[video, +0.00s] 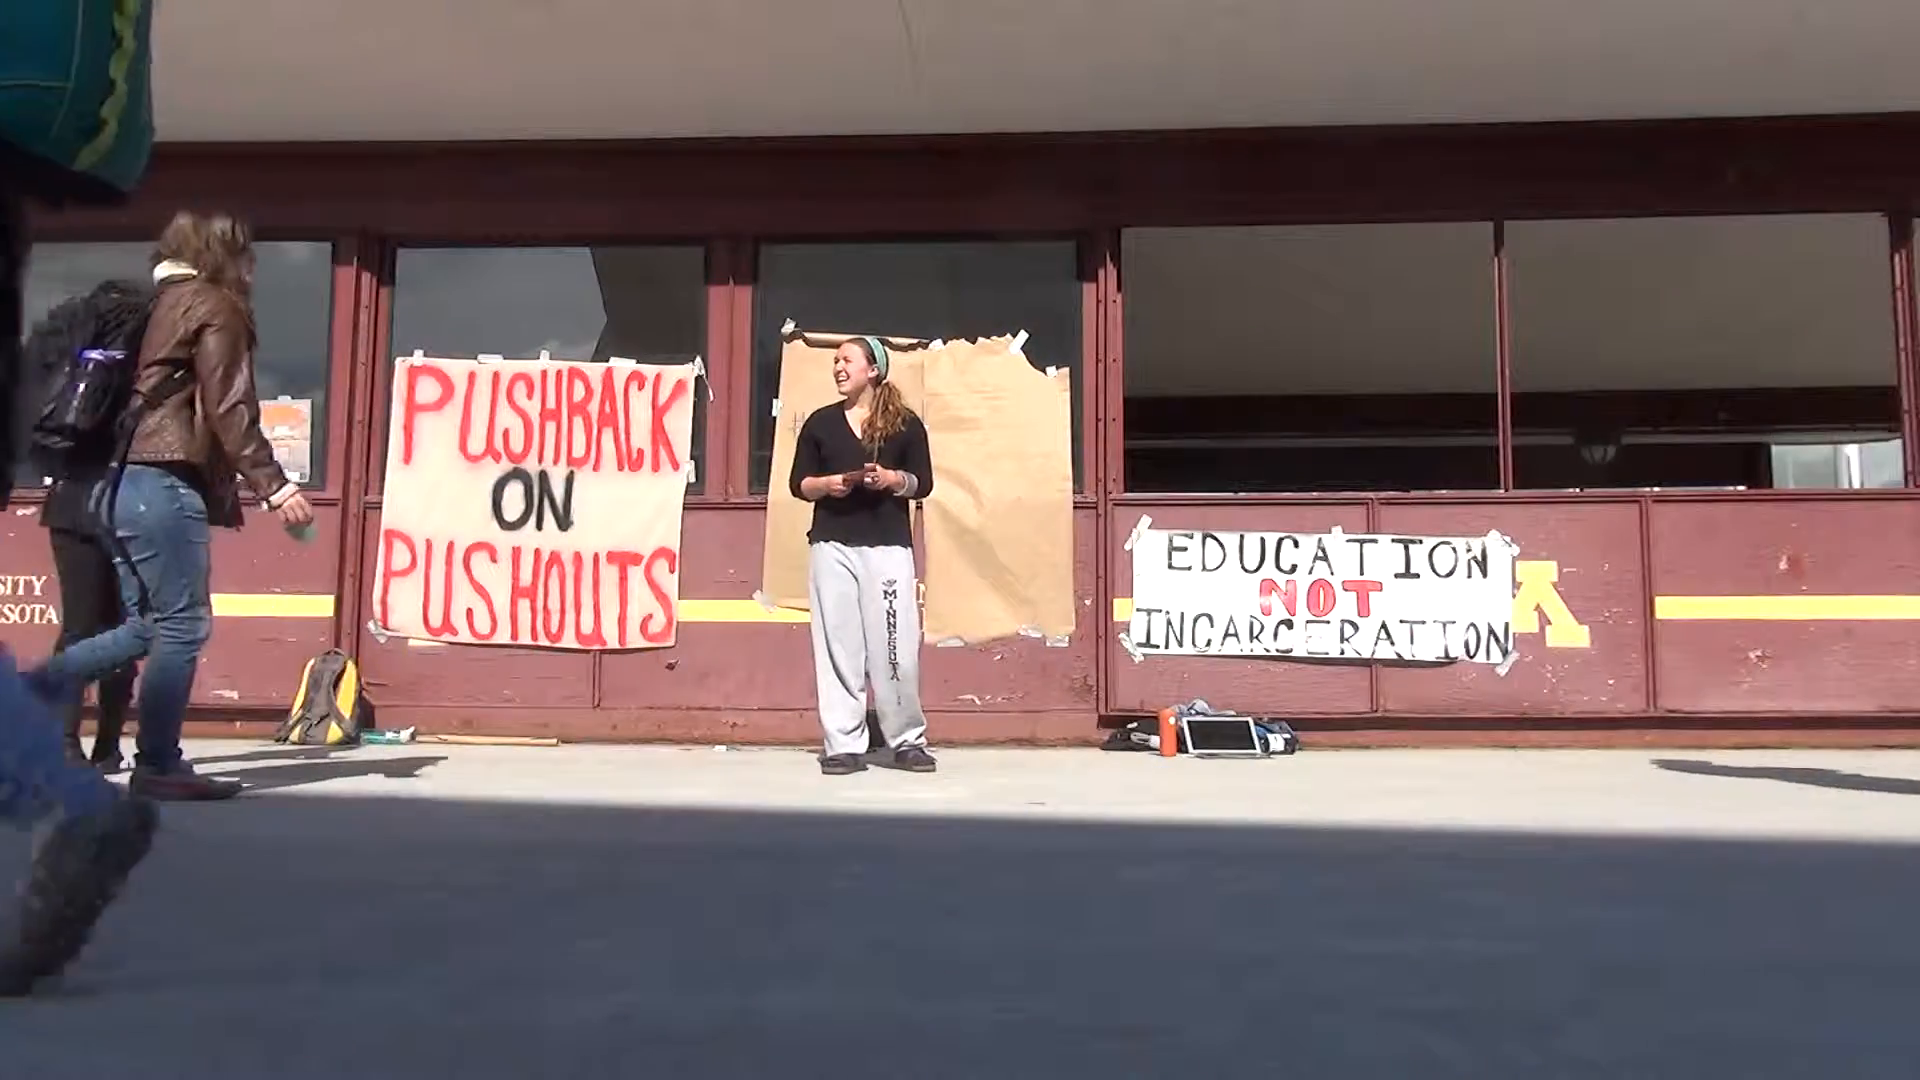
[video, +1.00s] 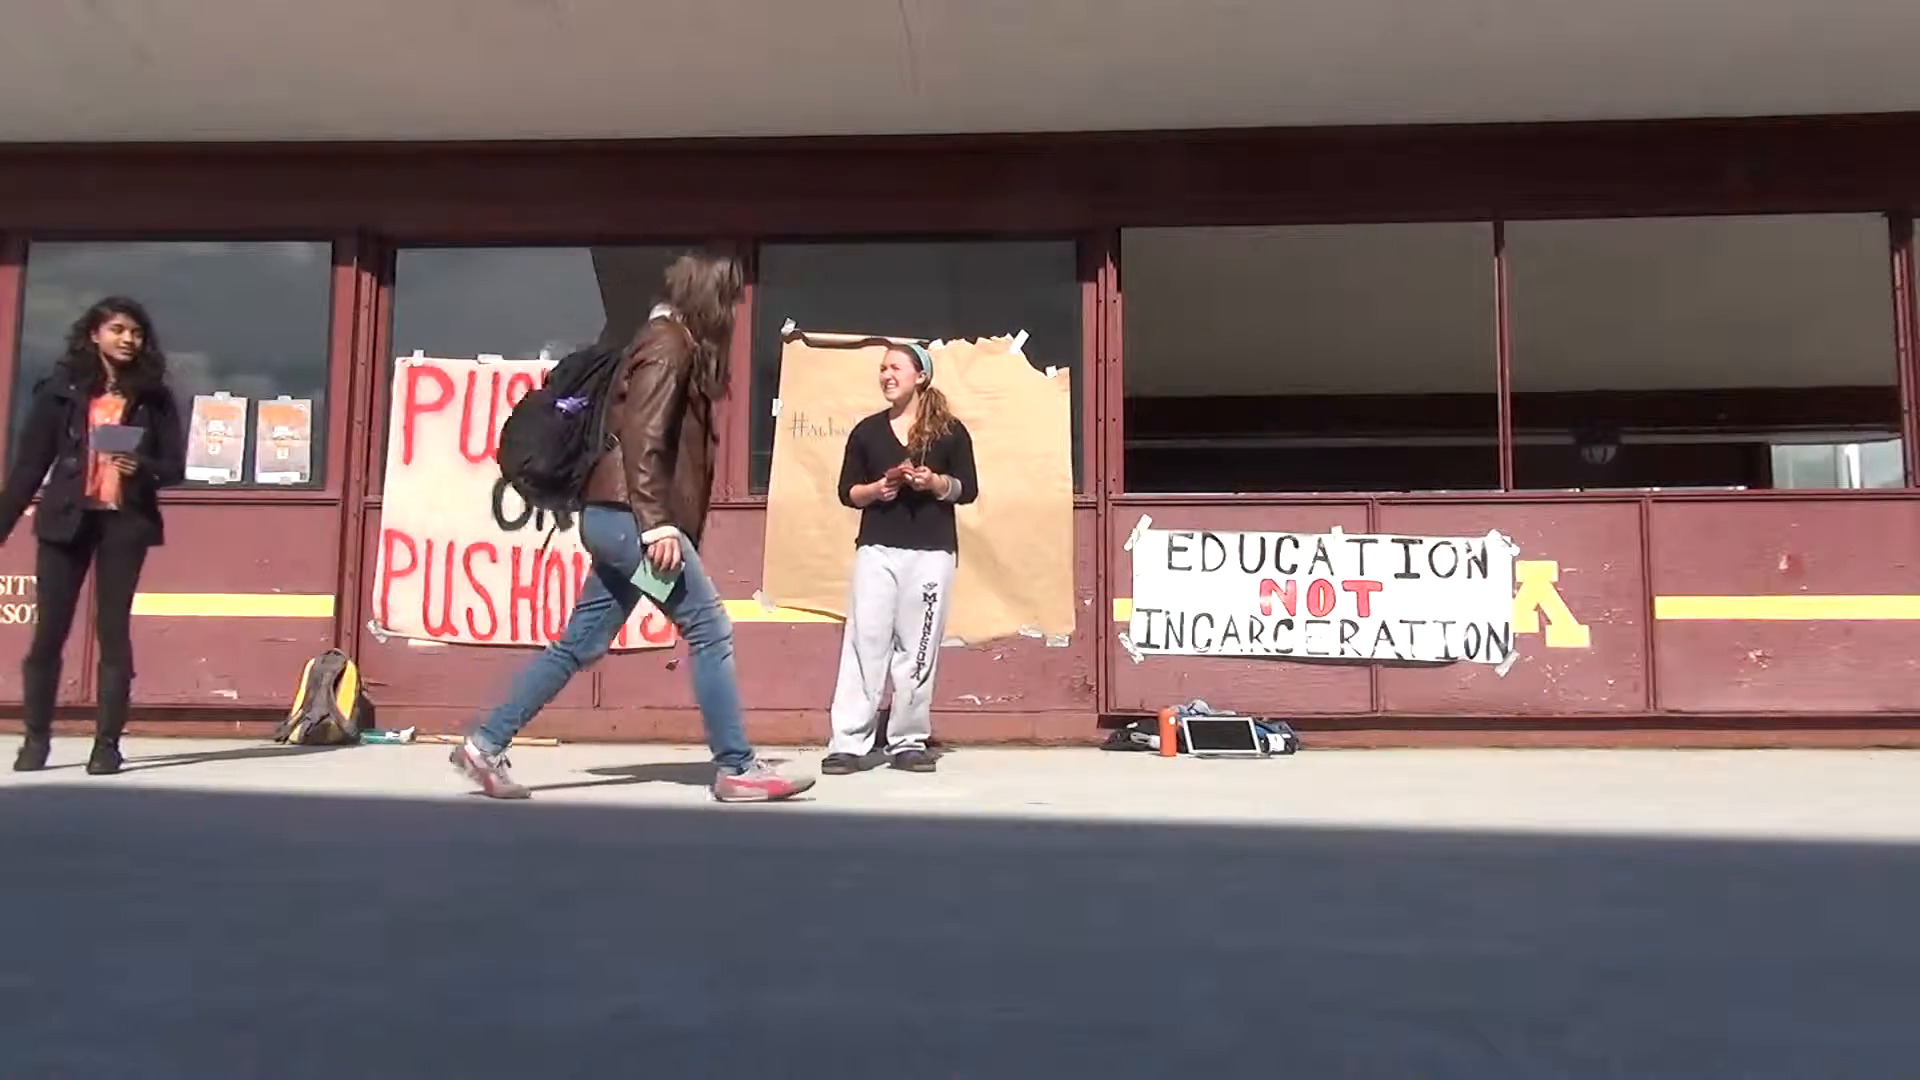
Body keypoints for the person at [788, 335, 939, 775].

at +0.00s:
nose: (837, 368)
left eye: (846, 361)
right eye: (837, 362)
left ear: (873, 369)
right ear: (845, 370)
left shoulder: (905, 423)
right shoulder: (819, 423)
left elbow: (923, 483)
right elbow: (799, 484)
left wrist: (894, 480)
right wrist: (825, 485)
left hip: (888, 547)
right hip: (832, 546)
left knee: (897, 644)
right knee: (839, 646)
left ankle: (906, 741)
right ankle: (844, 746)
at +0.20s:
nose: (846, 369)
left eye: (854, 362)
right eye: (845, 362)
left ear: (881, 368)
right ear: (852, 369)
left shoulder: (914, 423)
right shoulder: (829, 422)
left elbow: (932, 483)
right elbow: (808, 484)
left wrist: (901, 480)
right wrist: (842, 484)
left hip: (897, 547)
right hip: (842, 545)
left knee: (899, 644)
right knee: (844, 645)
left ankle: (905, 741)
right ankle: (844, 746)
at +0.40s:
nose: (857, 369)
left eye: (865, 362)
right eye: (855, 363)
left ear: (891, 368)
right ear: (860, 371)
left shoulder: (925, 424)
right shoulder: (840, 424)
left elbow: (942, 484)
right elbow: (819, 486)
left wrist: (913, 483)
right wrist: (853, 487)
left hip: (907, 548)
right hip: (852, 546)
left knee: (904, 645)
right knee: (851, 645)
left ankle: (905, 742)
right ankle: (847, 745)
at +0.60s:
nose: (868, 370)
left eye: (877, 363)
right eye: (866, 364)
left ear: (904, 370)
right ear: (867, 373)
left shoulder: (935, 427)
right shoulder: (850, 427)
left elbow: (952, 485)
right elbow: (832, 488)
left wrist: (921, 483)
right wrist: (863, 486)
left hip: (917, 550)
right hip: (862, 547)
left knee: (910, 646)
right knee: (858, 644)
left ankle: (906, 742)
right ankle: (848, 744)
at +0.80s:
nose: (877, 372)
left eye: (886, 365)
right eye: (875, 365)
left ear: (912, 372)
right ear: (875, 374)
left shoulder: (944, 429)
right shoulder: (860, 429)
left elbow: (961, 488)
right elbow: (842, 492)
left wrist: (928, 482)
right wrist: (871, 489)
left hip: (926, 550)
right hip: (871, 547)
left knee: (916, 645)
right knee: (864, 644)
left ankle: (908, 742)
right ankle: (849, 744)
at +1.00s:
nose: (886, 375)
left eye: (895, 369)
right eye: (883, 368)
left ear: (920, 376)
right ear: (881, 376)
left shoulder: (950, 431)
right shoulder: (866, 431)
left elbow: (968, 490)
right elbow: (848, 493)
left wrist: (934, 483)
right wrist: (877, 490)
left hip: (930, 551)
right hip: (876, 548)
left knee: (919, 646)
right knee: (866, 643)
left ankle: (908, 741)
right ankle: (849, 743)